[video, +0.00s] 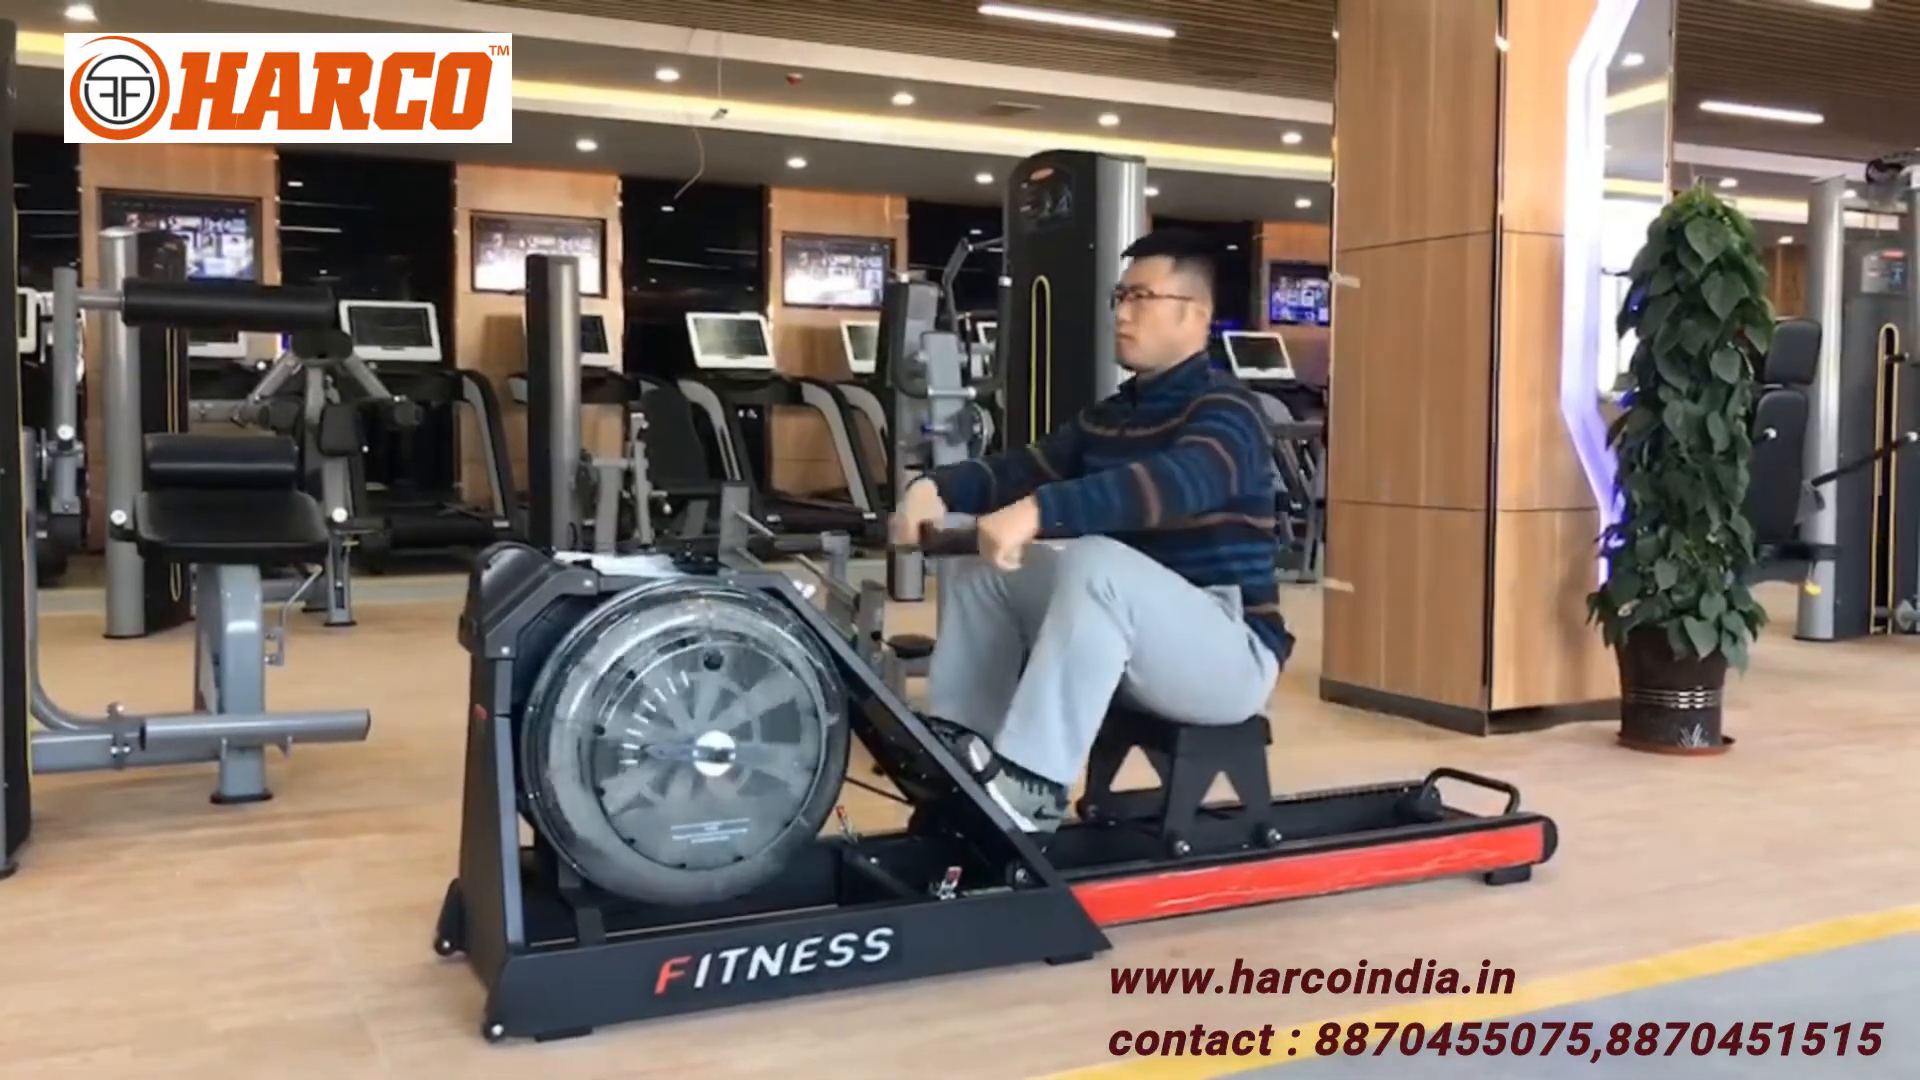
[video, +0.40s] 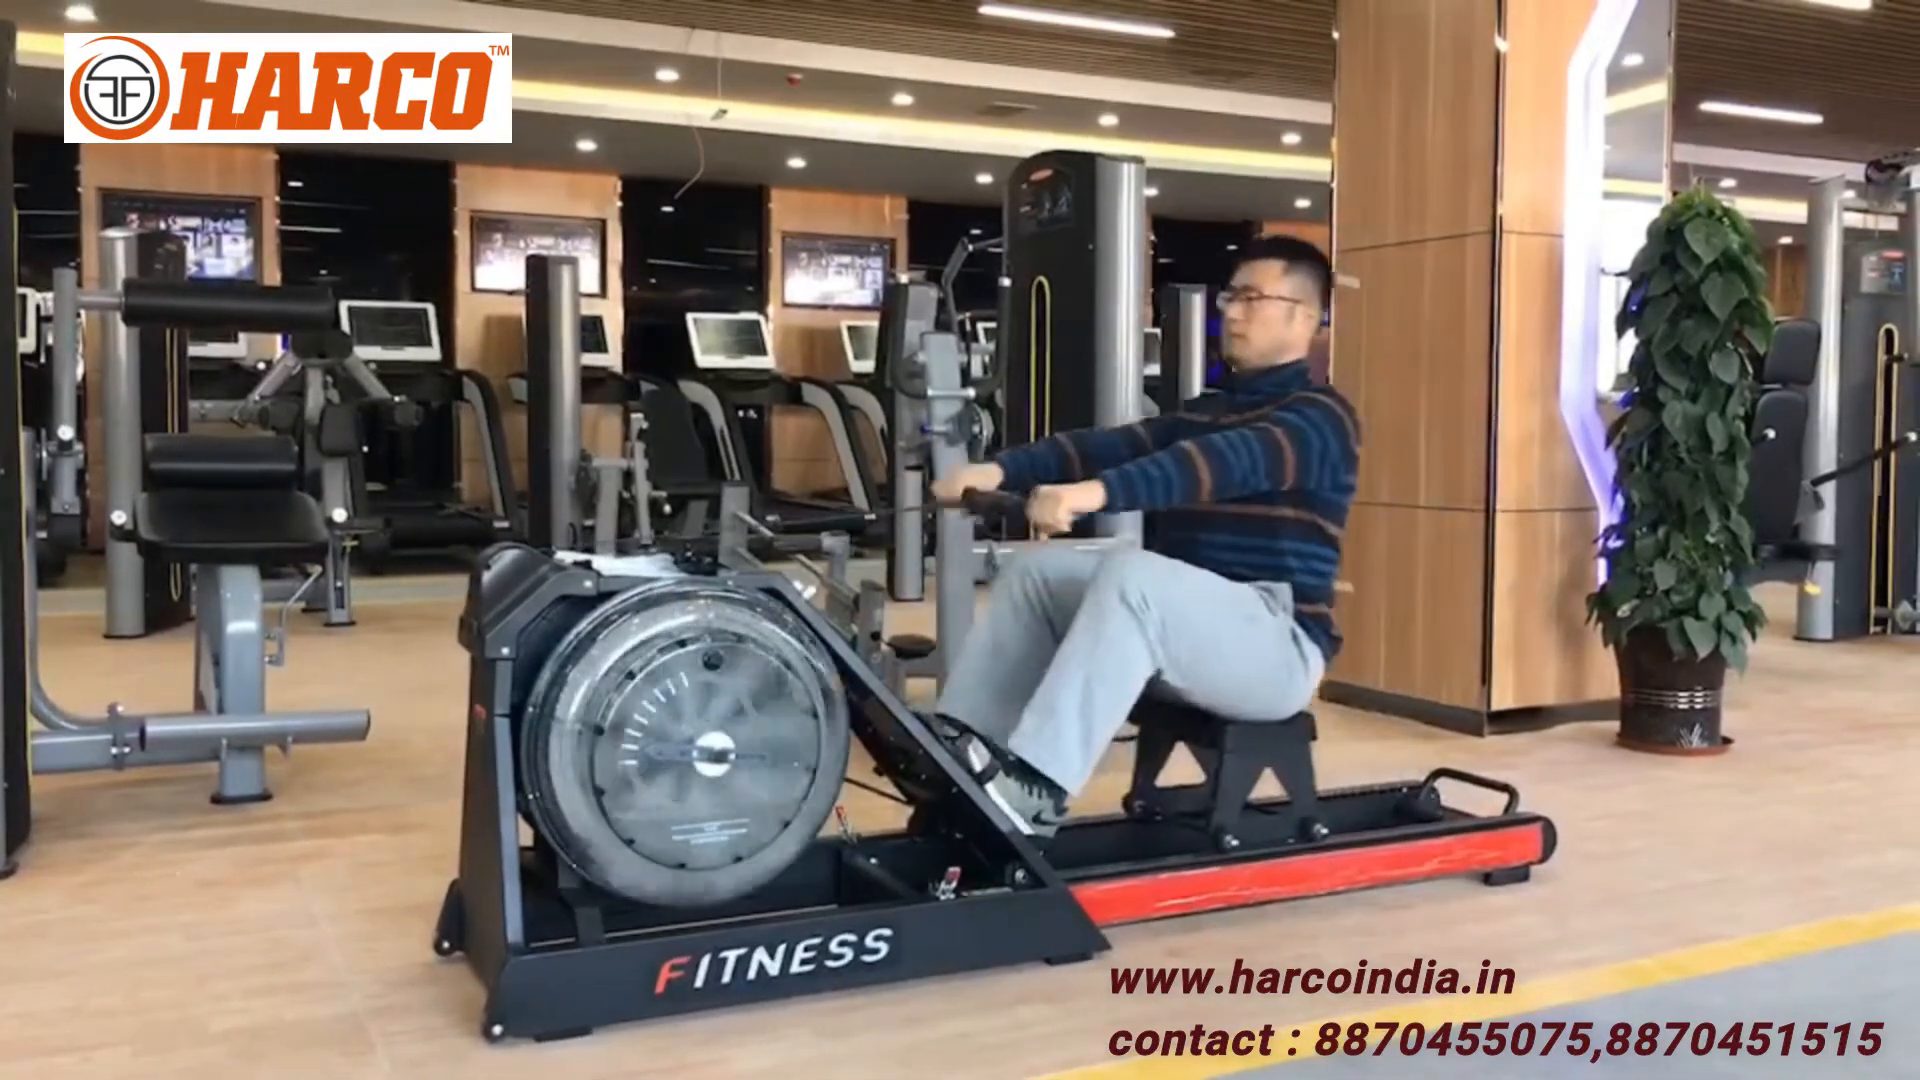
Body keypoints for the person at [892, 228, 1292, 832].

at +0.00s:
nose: (1121, 313)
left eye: (1139, 298)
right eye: (1120, 298)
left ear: (1195, 316)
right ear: (1113, 309)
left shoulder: (1227, 414)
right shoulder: (1113, 415)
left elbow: (1166, 487)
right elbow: (1034, 467)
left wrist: (1039, 509)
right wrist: (940, 487)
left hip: (1230, 652)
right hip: (1127, 637)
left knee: (1097, 566)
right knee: (974, 564)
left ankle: (1034, 784)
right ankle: (959, 758)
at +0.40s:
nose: (1231, 309)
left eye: (1253, 298)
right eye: (1231, 296)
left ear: (1306, 322)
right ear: (1224, 307)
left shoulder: (1322, 416)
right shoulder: (1210, 411)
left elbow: (1221, 465)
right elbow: (1118, 448)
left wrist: (1100, 492)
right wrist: (1000, 471)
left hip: (1280, 644)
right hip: (1188, 619)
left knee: (1133, 581)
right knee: (1032, 572)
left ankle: (1038, 786)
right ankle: (959, 747)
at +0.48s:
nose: (1258, 316)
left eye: (1279, 304)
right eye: (1258, 302)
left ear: (1334, 324)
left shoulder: (1353, 417)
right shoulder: (1242, 410)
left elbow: (1252, 460)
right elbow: (1150, 443)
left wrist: (1132, 478)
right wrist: (1035, 458)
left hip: (1302, 642)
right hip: (1217, 618)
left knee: (1151, 594)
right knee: (1056, 579)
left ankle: (1041, 787)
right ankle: (961, 749)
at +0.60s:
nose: (1326, 329)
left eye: (1346, 316)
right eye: (1325, 315)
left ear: (1399, 330)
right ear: (1322, 321)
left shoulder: (1418, 417)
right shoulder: (1297, 410)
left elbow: (1324, 412)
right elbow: (1212, 420)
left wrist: (1217, 397)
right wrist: (1107, 404)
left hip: (1343, 637)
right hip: (1262, 619)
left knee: (1185, 619)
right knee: (1090, 601)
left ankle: (1051, 790)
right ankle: (968, 756)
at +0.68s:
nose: (1349, 336)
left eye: (1371, 322)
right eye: (1346, 322)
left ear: (1424, 339)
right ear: (1338, 327)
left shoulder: (1445, 419)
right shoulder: (1318, 415)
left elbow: (1359, 395)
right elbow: (1230, 409)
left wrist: (1253, 365)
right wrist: (1140, 383)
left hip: (1360, 639)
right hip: (1279, 620)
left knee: (1199, 634)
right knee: (1107, 610)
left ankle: (1060, 793)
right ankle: (977, 760)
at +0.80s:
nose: (1417, 352)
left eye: (1437, 339)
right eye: (1405, 338)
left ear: (1477, 348)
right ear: (1392, 341)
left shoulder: (1492, 433)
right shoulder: (1358, 425)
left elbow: (1424, 372)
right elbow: (1271, 392)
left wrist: (1326, 320)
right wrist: (1202, 345)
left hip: (1383, 646)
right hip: (1294, 620)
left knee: (1219, 673)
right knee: (1130, 640)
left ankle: (1068, 805)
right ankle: (989, 756)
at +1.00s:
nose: (1430, 361)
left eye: (1449, 353)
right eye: (1428, 350)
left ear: (1490, 367)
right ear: (1424, 366)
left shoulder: (1523, 450)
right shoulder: (1397, 434)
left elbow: (1497, 343)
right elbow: (1333, 373)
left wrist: (1413, 267)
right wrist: (1293, 300)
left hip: (1402, 649)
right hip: (1313, 621)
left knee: (1241, 710)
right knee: (1170, 684)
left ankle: (1078, 823)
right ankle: (996, 759)